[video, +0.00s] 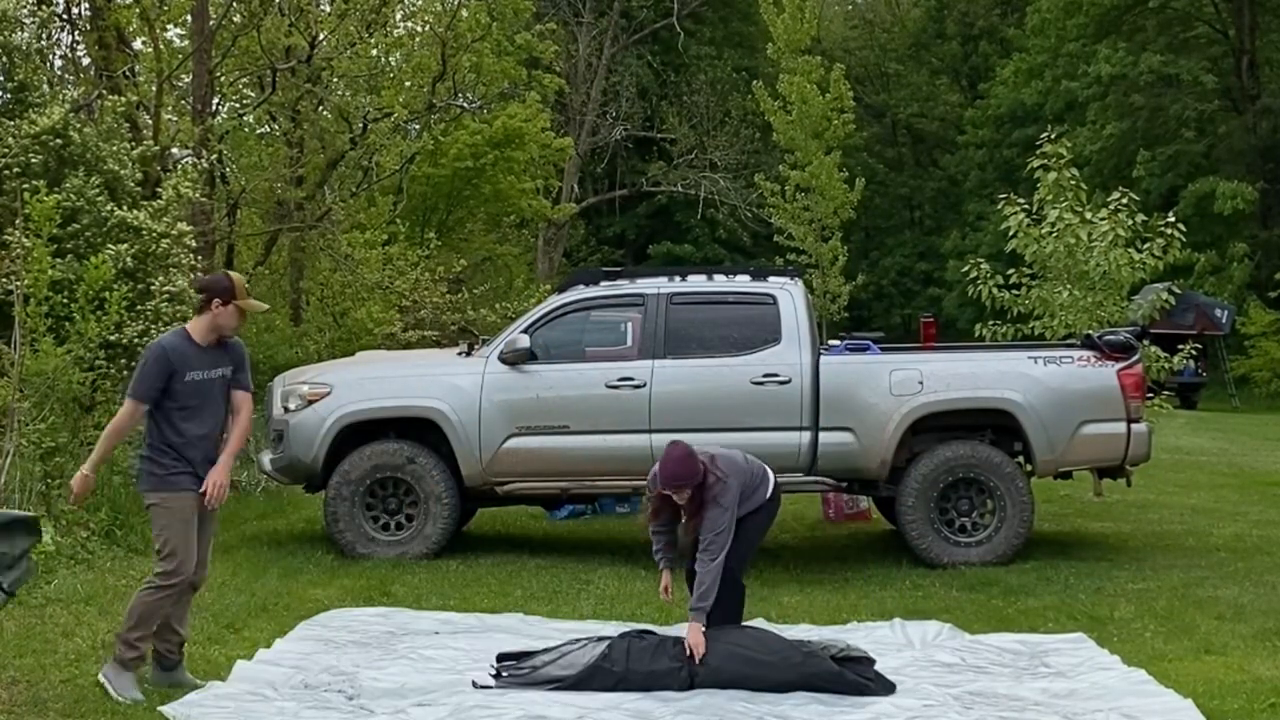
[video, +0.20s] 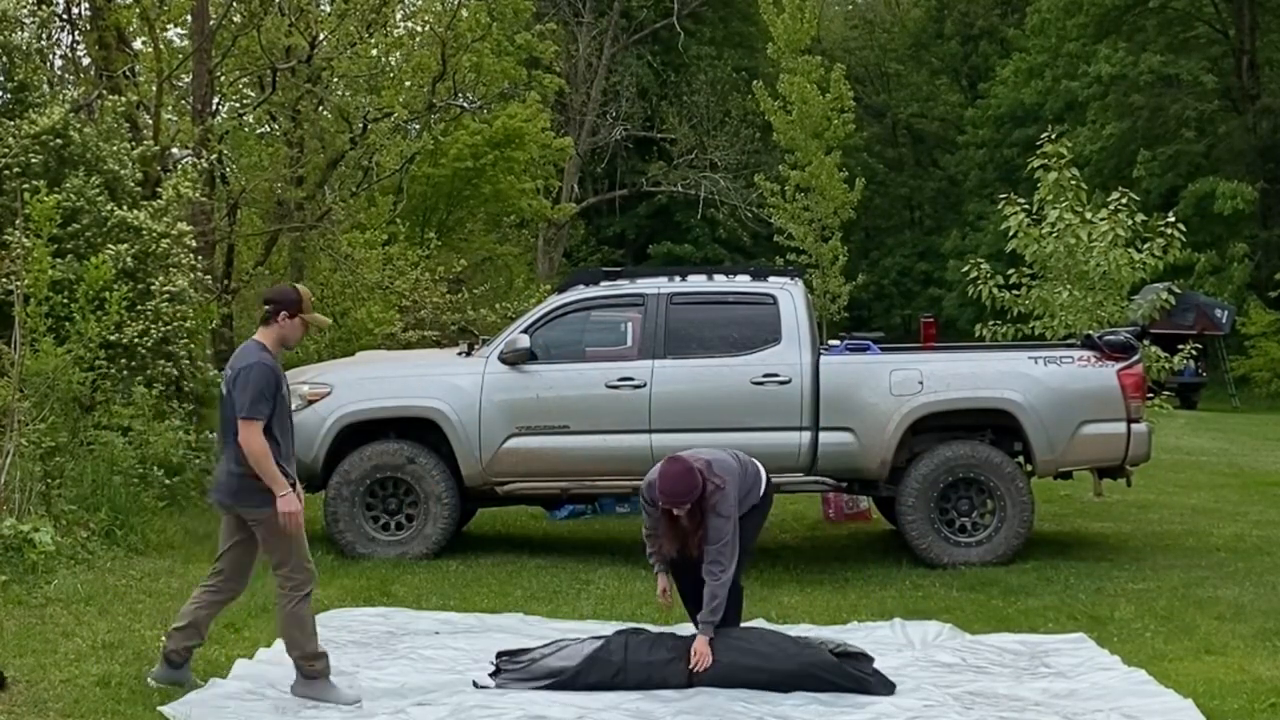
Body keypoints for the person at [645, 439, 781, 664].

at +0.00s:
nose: (679, 497)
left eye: (684, 490)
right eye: (673, 491)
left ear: (696, 481)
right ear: (662, 484)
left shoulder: (722, 483)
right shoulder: (658, 480)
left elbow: (712, 553)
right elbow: (661, 523)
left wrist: (696, 621)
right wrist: (665, 567)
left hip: (759, 497)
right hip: (712, 502)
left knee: (728, 570)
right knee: (695, 572)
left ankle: (725, 642)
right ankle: (712, 642)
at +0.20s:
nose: (678, 512)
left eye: (684, 506)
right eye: (672, 507)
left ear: (696, 495)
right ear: (660, 495)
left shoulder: (721, 489)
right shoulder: (651, 488)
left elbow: (719, 563)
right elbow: (652, 531)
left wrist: (705, 632)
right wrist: (661, 571)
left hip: (751, 492)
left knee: (725, 571)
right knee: (683, 567)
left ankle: (726, 644)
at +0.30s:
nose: (680, 515)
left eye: (686, 510)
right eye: (674, 510)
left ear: (700, 497)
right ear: (662, 495)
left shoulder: (721, 492)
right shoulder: (650, 491)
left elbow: (721, 566)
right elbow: (645, 545)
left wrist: (708, 635)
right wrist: (653, 590)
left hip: (739, 498)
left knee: (726, 571)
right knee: (673, 572)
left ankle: (725, 646)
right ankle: (676, 645)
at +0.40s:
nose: (680, 514)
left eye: (687, 508)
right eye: (674, 508)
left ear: (700, 494)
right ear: (662, 493)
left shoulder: (720, 491)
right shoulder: (647, 488)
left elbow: (723, 559)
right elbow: (642, 542)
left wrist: (708, 623)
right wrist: (651, 586)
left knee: (723, 566)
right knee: (667, 571)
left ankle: (723, 641)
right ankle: (675, 642)